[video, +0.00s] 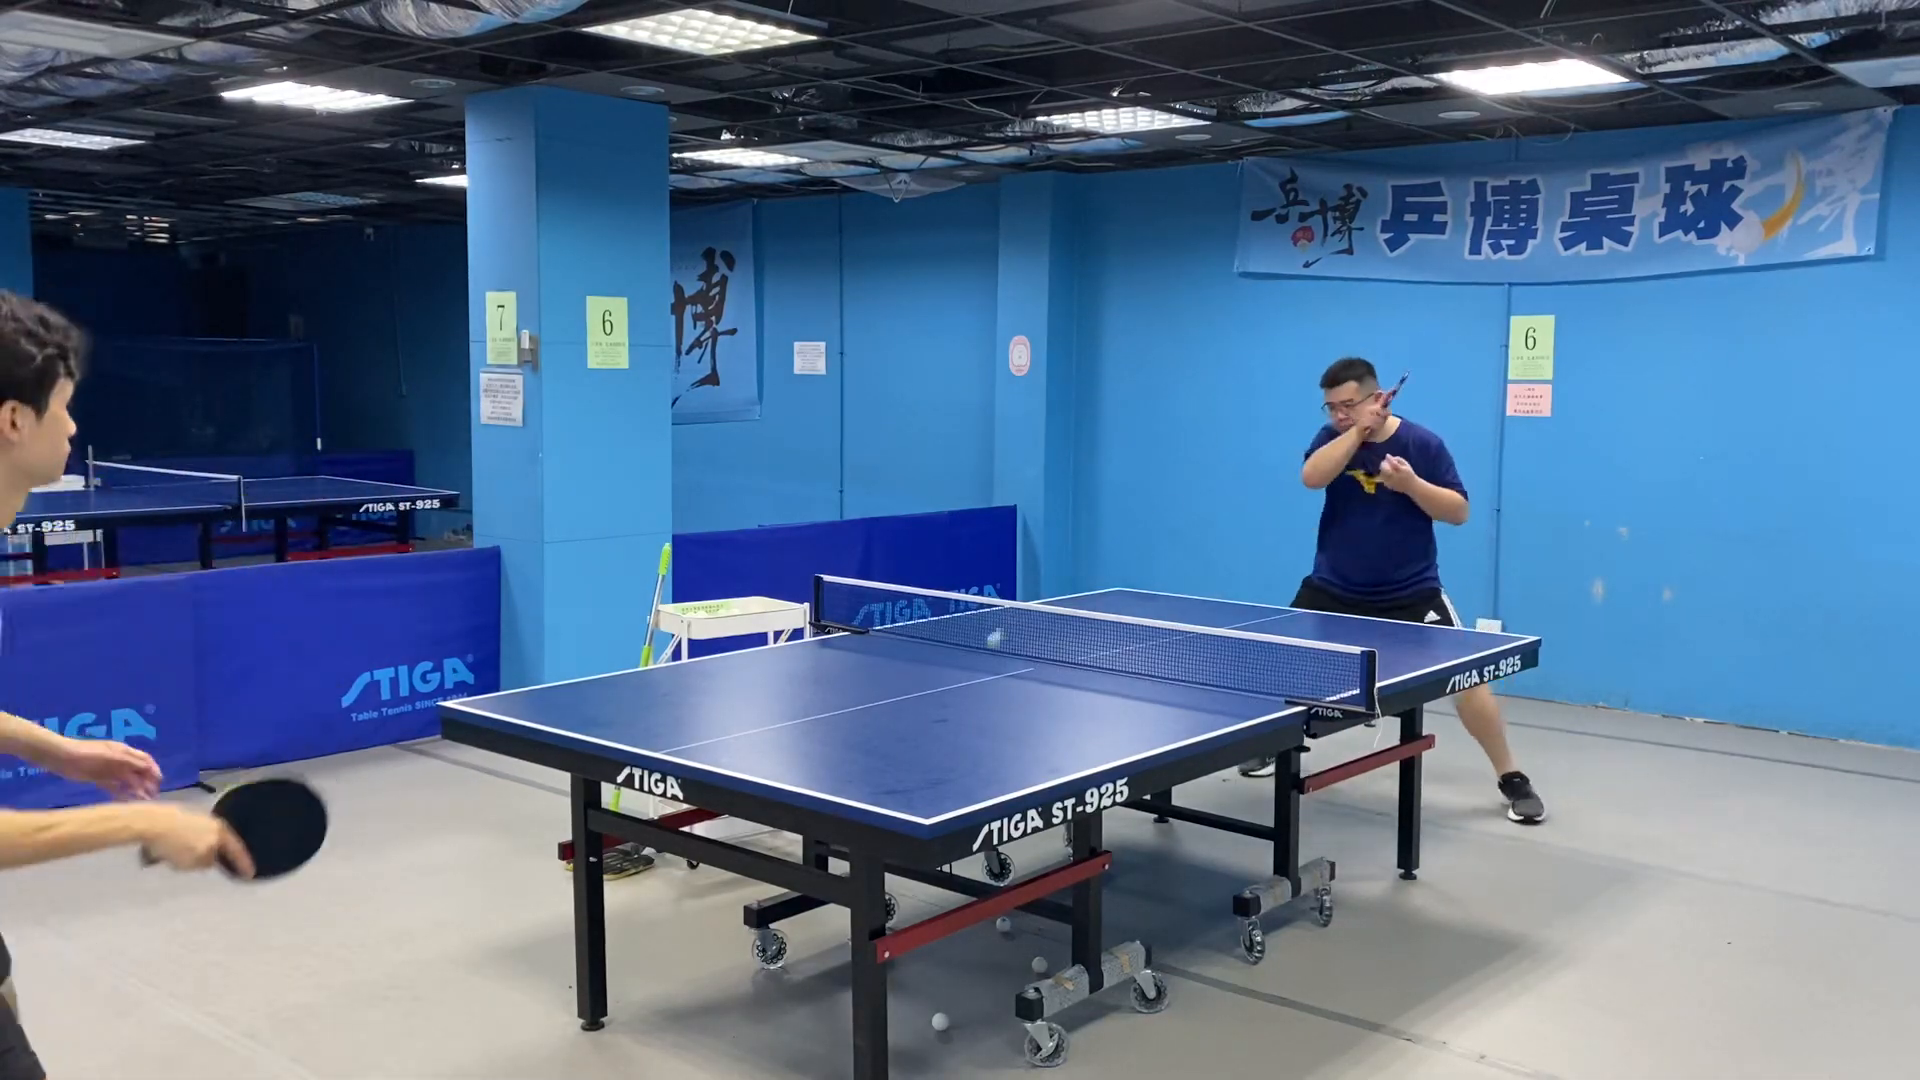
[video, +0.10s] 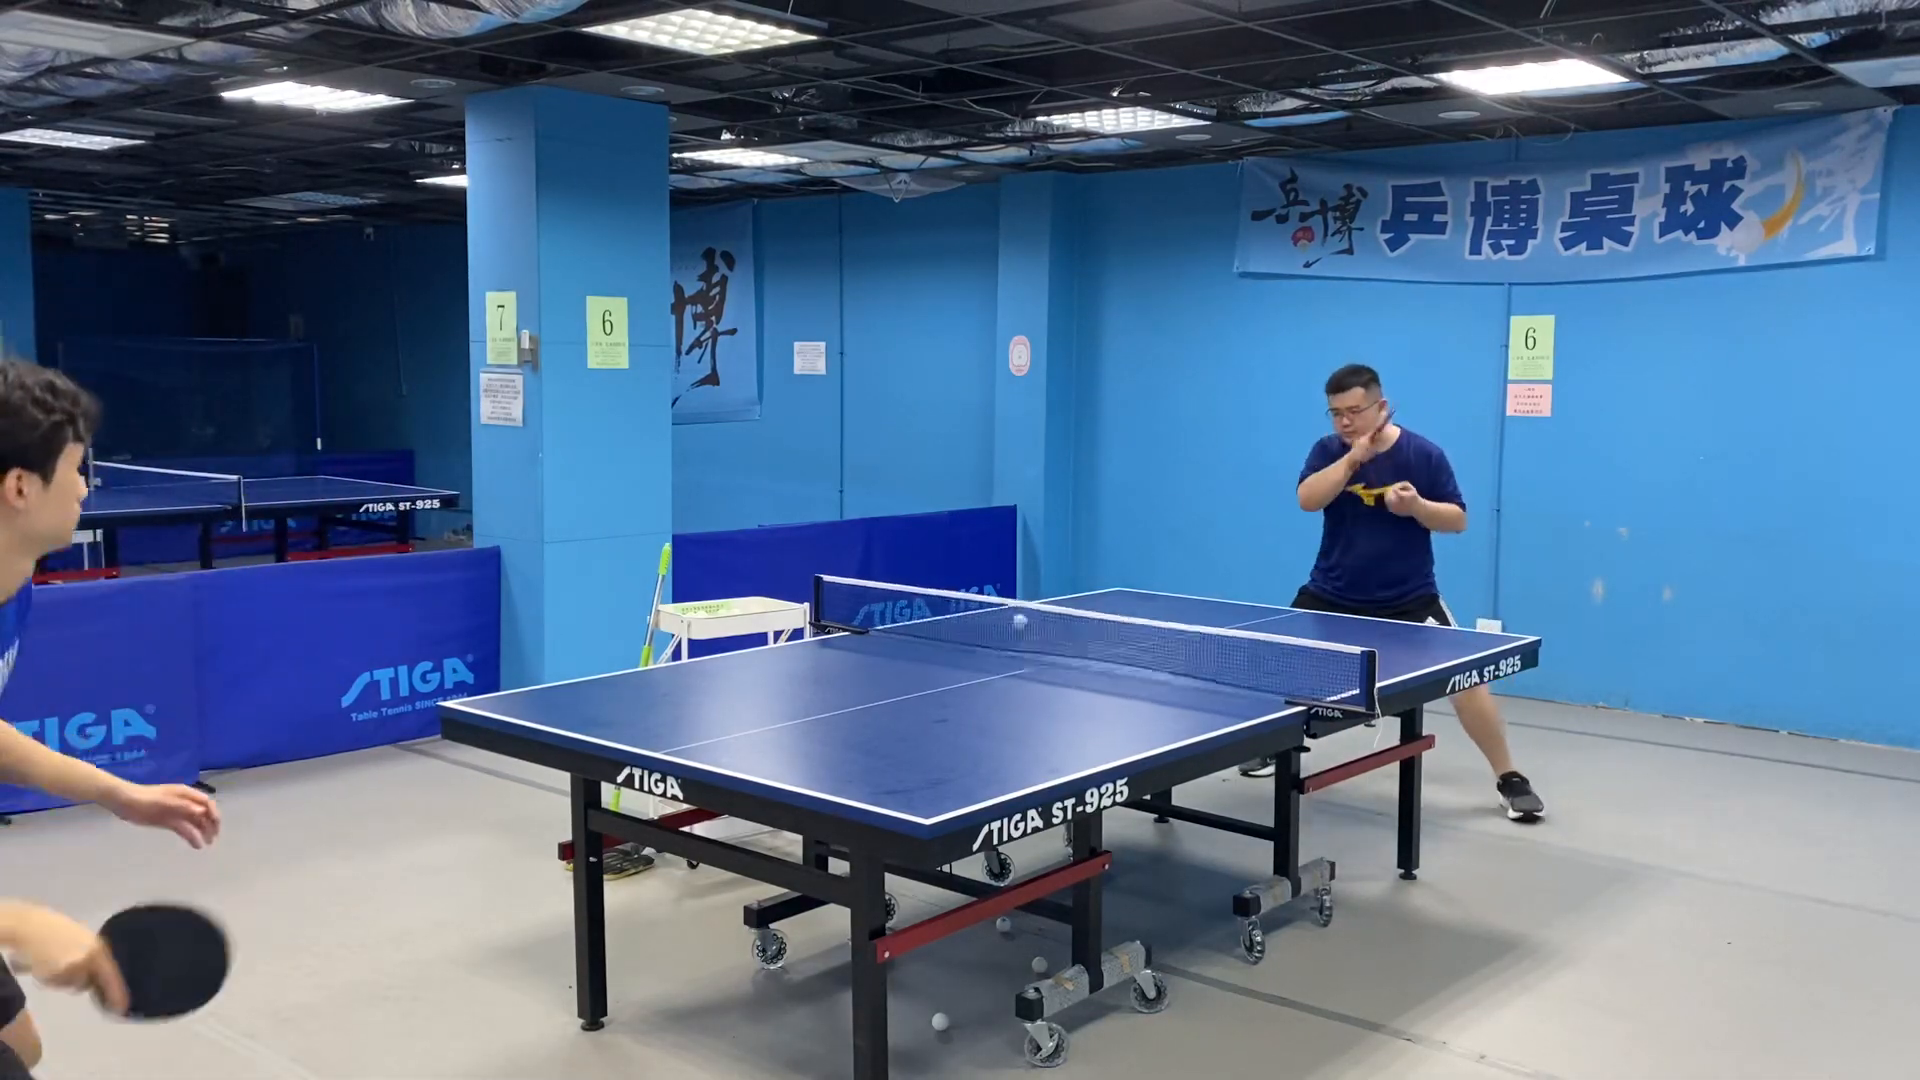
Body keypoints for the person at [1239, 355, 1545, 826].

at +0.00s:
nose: (1338, 417)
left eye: (1348, 406)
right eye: (1332, 408)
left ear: (1377, 400)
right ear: (1329, 407)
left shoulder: (1423, 445)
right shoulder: (1331, 438)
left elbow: (1458, 512)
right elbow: (1313, 477)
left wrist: (1411, 484)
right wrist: (1358, 431)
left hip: (1410, 595)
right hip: (1332, 591)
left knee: (1466, 676)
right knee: (1278, 659)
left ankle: (1510, 777)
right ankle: (1268, 741)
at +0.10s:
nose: (1344, 422)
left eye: (1353, 412)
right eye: (1336, 413)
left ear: (1381, 407)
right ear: (1331, 413)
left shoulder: (1422, 455)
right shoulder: (1328, 450)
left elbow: (1456, 521)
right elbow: (1308, 500)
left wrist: (1418, 508)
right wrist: (1351, 458)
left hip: (1408, 599)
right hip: (1330, 595)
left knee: (1464, 673)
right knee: (1276, 660)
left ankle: (1508, 777)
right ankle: (1272, 744)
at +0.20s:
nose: (1350, 415)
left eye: (1359, 405)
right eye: (1343, 407)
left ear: (1387, 400)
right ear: (1337, 407)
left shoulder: (1432, 450)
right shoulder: (1334, 452)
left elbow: (1468, 509)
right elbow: (1305, 511)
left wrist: (1422, 514)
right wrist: (1328, 495)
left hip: (1421, 597)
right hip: (1342, 594)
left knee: (1471, 676)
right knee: (1288, 660)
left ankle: (1511, 777)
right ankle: (1275, 745)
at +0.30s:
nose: (1356, 405)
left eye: (1365, 395)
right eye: (1348, 397)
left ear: (1394, 389)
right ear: (1344, 398)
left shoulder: (1443, 438)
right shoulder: (1349, 444)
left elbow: (1480, 496)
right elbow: (1334, 508)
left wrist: (1420, 514)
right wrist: (1324, 503)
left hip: (1441, 592)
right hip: (1363, 589)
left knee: (1485, 676)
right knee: (1304, 658)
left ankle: (1514, 780)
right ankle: (1280, 745)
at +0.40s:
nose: (1358, 395)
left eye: (1368, 384)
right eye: (1352, 387)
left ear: (1397, 381)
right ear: (1349, 389)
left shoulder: (1447, 428)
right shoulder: (1362, 439)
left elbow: (1479, 487)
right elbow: (1356, 498)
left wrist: (1412, 516)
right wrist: (1329, 511)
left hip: (1454, 583)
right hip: (1381, 579)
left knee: (1488, 678)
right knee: (1320, 649)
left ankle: (1516, 780)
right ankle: (1309, 737)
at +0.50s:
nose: (1358, 390)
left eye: (1367, 380)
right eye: (1352, 382)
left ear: (1397, 377)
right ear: (1350, 385)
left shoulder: (1440, 424)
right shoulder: (1372, 437)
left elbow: (1457, 491)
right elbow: (1376, 498)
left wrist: (1383, 519)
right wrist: (1339, 524)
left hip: (1457, 577)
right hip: (1391, 574)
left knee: (1485, 680)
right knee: (1346, 657)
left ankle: (1515, 779)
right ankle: (1338, 749)